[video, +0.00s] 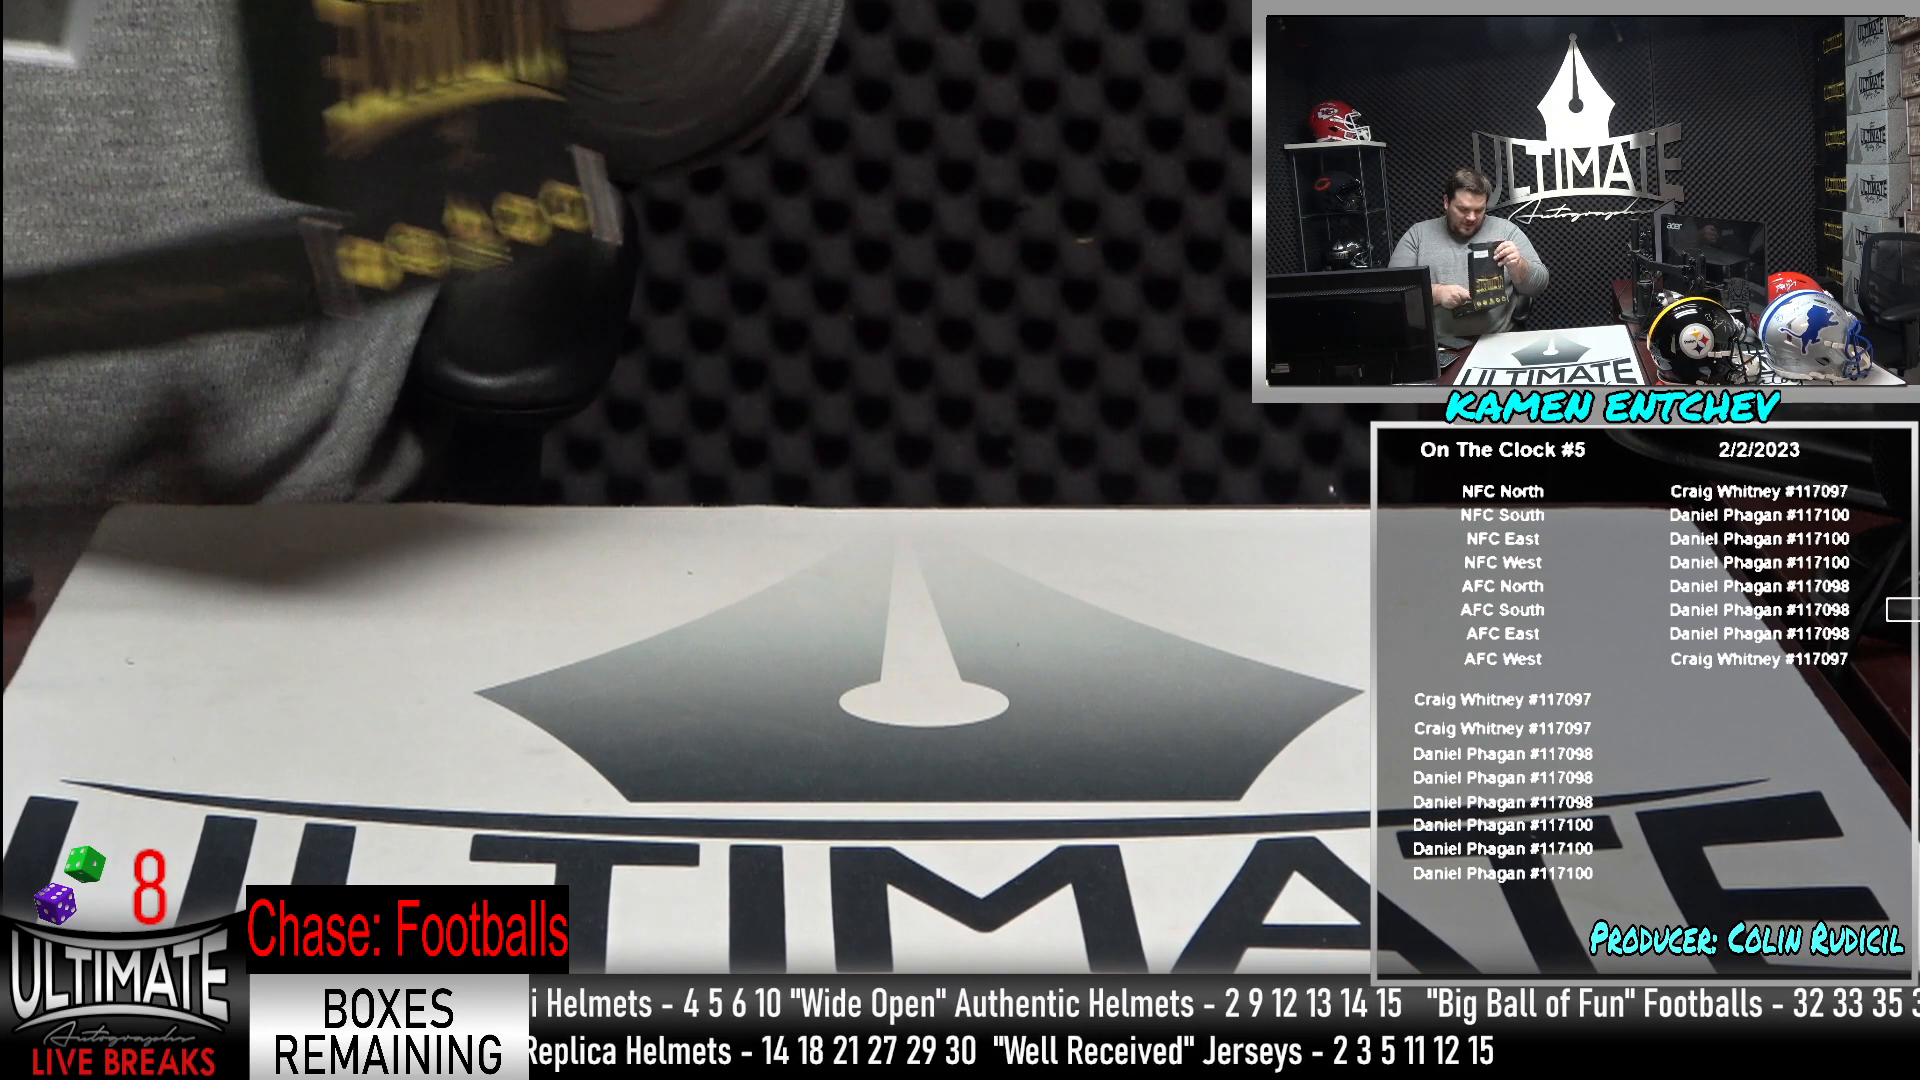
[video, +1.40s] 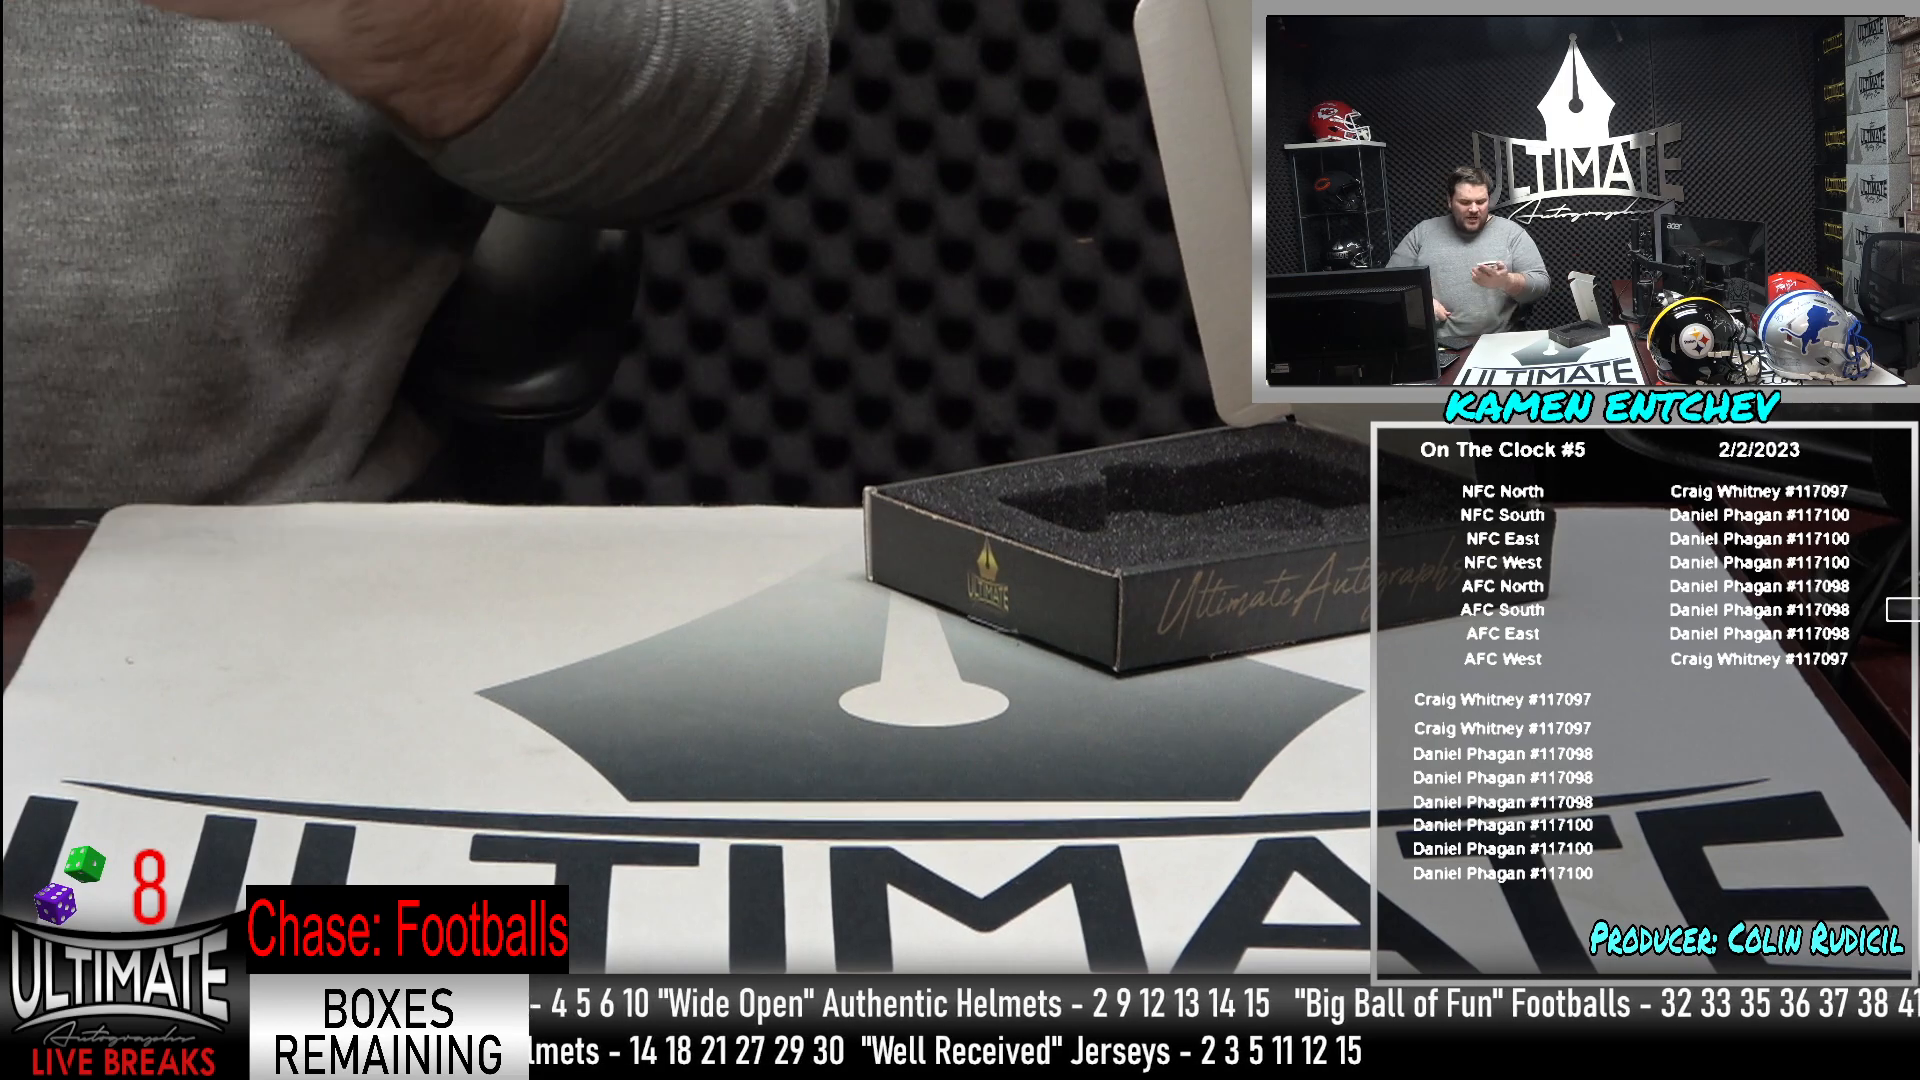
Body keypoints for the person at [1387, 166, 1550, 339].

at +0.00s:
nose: (1471, 218)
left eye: (1478, 211)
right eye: (1463, 210)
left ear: (1485, 205)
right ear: (1446, 203)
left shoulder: (1506, 231)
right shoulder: (1418, 235)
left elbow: (1538, 285)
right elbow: (1394, 287)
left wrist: (1517, 266)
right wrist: (1435, 292)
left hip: (1497, 346)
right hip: (1436, 350)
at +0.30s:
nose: (1459, 213)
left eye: (1467, 206)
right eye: (1452, 205)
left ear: (1479, 204)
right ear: (1441, 202)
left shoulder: (1507, 234)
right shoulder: (1417, 236)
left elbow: (1527, 276)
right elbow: (1391, 289)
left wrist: (1548, 272)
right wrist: (1424, 293)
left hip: (1494, 347)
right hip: (1433, 351)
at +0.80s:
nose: (1461, 209)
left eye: (1468, 200)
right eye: (1452, 202)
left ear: (1480, 199)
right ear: (1441, 203)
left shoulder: (1508, 233)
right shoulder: (1418, 235)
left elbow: (1542, 277)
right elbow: (1392, 287)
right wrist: (1428, 289)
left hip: (1496, 346)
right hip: (1434, 351)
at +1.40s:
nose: (1474, 209)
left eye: (1480, 201)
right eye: (1465, 202)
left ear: (1489, 200)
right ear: (1450, 201)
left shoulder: (1511, 234)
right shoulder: (1424, 234)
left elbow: (1541, 283)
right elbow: (1389, 280)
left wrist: (1507, 282)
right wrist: (1422, 301)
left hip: (1497, 346)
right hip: (1437, 350)